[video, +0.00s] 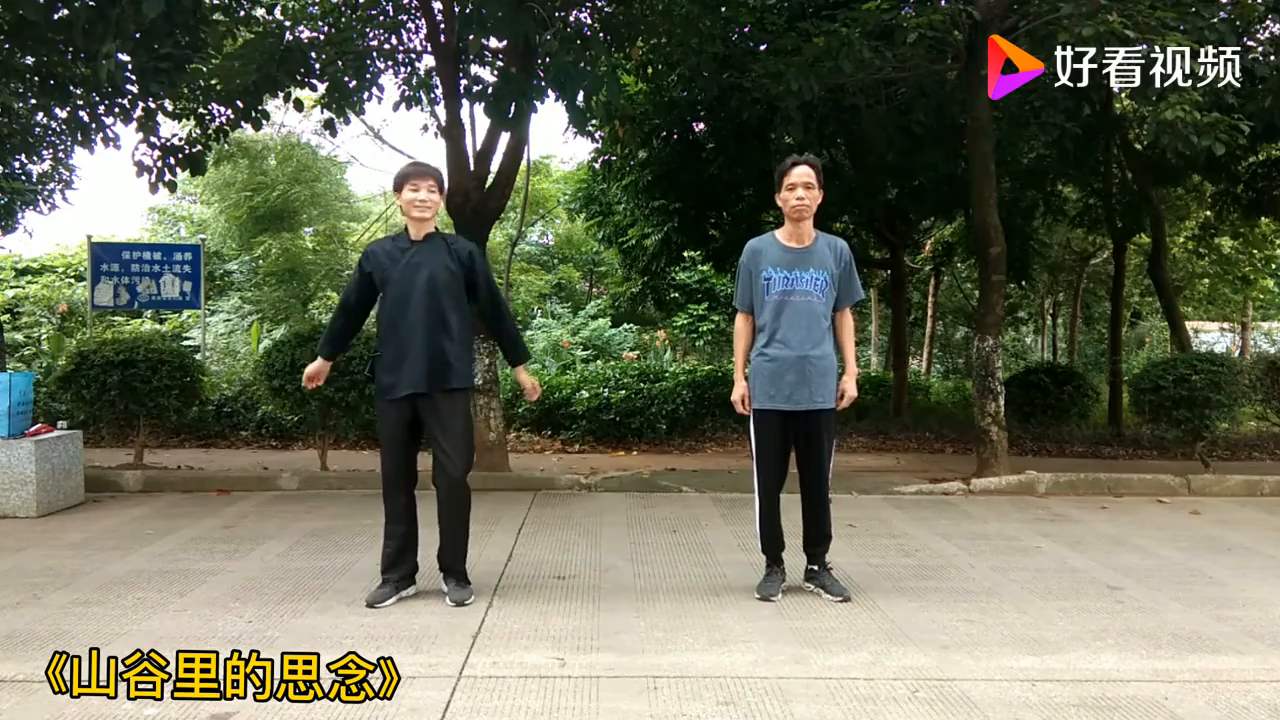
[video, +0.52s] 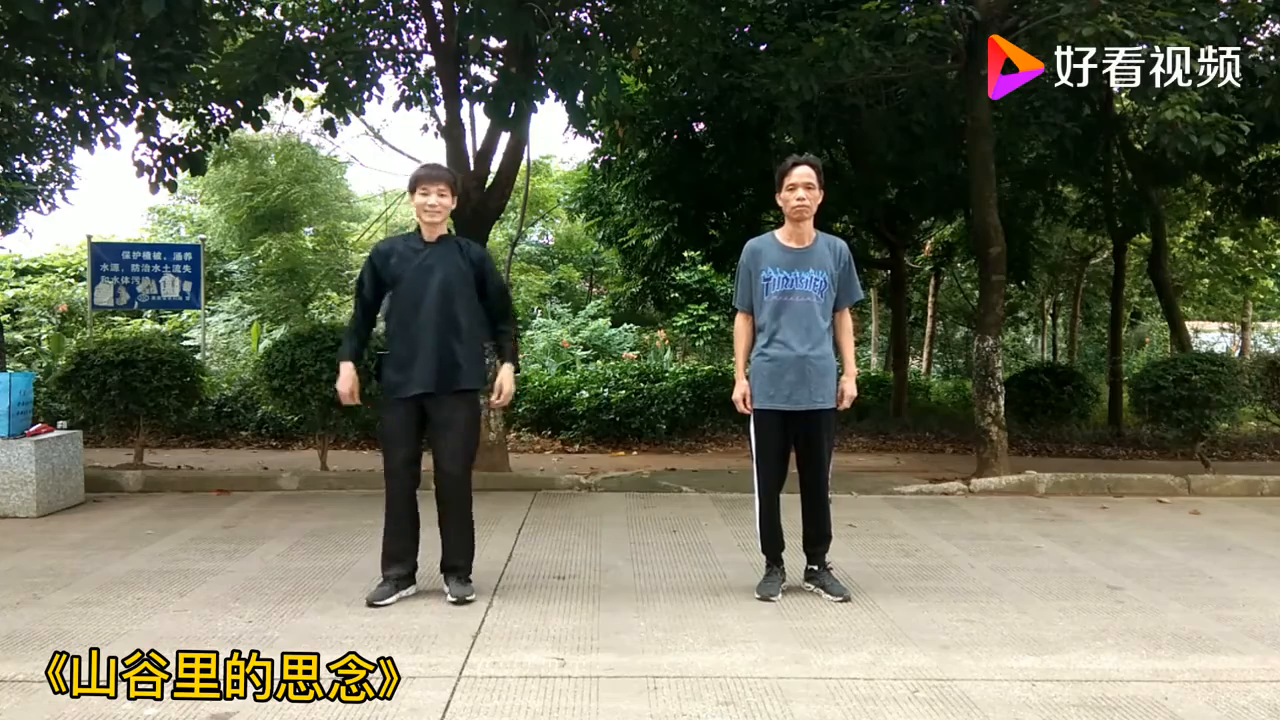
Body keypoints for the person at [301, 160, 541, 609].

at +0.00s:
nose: (423, 196)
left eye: (431, 190)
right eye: (413, 189)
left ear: (441, 199)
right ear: (398, 199)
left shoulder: (462, 251)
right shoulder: (379, 254)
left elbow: (494, 308)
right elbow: (350, 309)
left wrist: (520, 365)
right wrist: (325, 357)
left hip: (449, 383)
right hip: (394, 383)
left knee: (453, 479)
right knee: (395, 481)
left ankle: (455, 574)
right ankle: (398, 575)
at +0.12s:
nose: (438, 198)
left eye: (440, 192)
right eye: (429, 191)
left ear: (442, 199)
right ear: (402, 196)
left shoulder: (461, 253)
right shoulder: (376, 255)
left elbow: (481, 317)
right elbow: (353, 318)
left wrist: (494, 375)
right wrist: (338, 372)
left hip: (448, 383)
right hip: (393, 383)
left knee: (456, 474)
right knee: (395, 480)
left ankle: (458, 573)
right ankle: (397, 575)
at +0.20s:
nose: (442, 201)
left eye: (444, 194)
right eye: (433, 193)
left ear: (441, 200)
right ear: (406, 197)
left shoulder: (461, 254)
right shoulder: (376, 255)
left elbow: (479, 319)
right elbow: (358, 321)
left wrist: (482, 380)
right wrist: (352, 378)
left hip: (450, 385)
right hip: (392, 386)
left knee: (458, 477)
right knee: (394, 483)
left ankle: (458, 573)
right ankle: (397, 575)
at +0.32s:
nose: (441, 207)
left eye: (445, 200)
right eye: (432, 200)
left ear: (447, 206)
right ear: (406, 204)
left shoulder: (465, 262)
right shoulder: (378, 260)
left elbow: (480, 328)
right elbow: (369, 329)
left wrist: (483, 387)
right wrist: (369, 385)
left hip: (450, 390)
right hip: (393, 390)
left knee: (451, 482)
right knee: (388, 483)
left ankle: (456, 576)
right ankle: (397, 575)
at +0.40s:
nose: (435, 205)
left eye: (441, 198)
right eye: (425, 197)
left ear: (447, 205)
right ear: (406, 203)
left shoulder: (467, 260)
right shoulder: (380, 259)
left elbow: (485, 323)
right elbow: (368, 325)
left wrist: (493, 380)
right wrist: (365, 380)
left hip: (455, 389)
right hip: (395, 390)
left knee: (454, 482)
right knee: (391, 484)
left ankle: (456, 575)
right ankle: (398, 576)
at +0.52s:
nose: (433, 201)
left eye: (442, 194)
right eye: (425, 194)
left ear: (453, 201)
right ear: (412, 200)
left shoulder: (472, 255)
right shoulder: (387, 254)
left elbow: (502, 315)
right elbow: (363, 313)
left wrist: (507, 363)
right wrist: (347, 363)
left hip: (457, 385)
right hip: (400, 384)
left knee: (453, 480)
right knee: (399, 481)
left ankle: (457, 575)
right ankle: (397, 575)